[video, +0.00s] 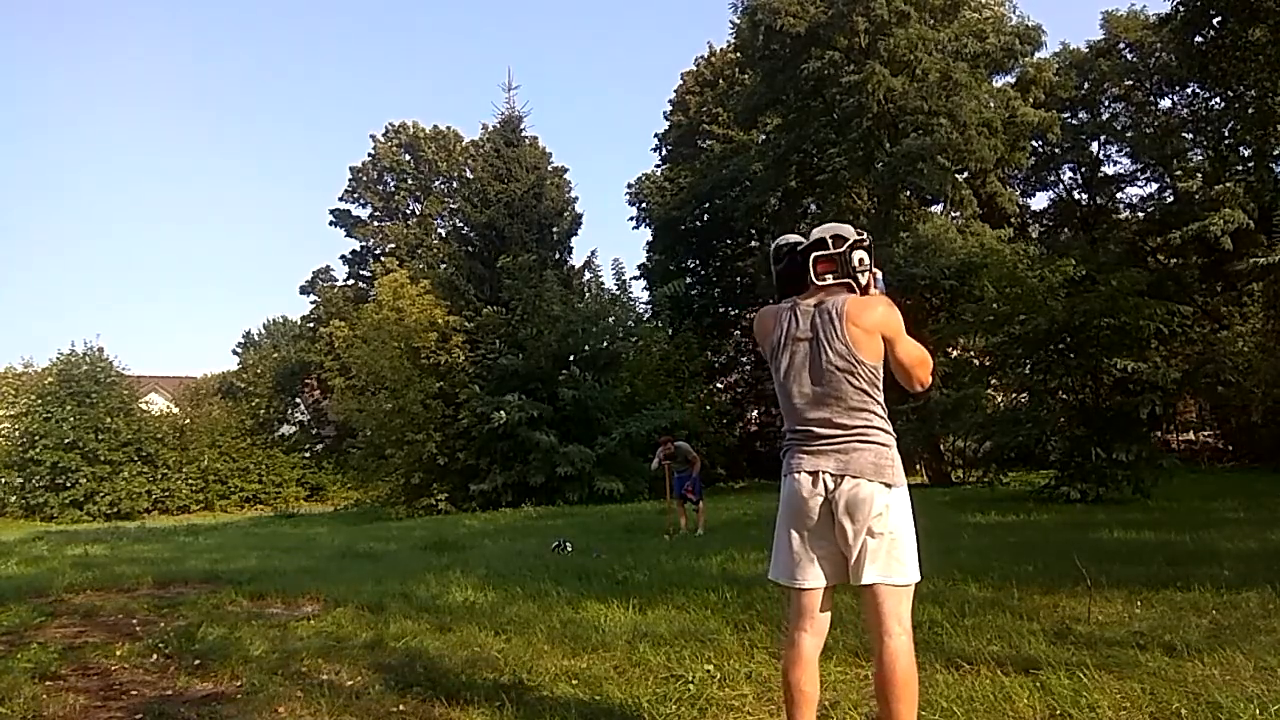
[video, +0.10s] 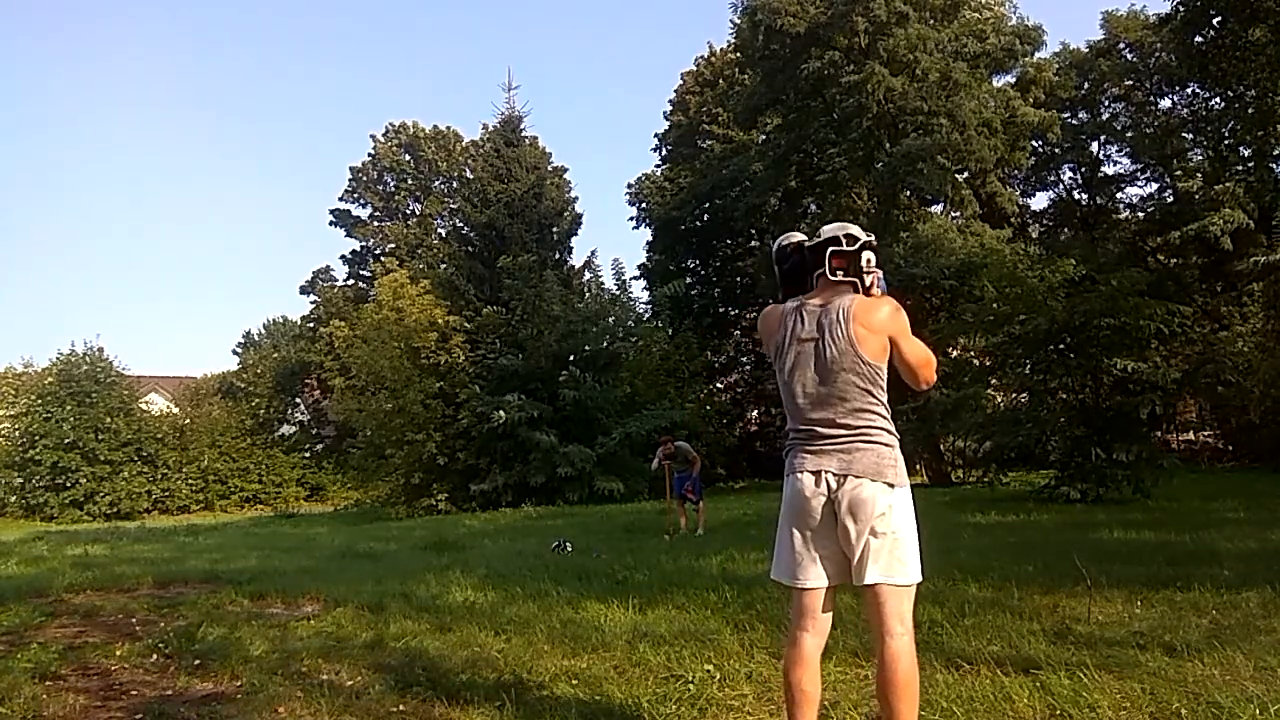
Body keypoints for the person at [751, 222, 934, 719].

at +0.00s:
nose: (866, 271)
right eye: (863, 264)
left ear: (800, 273)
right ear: (856, 266)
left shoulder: (769, 322)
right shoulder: (874, 309)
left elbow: (774, 323)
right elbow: (920, 375)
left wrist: (810, 287)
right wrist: (879, 302)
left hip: (801, 484)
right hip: (873, 482)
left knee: (803, 632)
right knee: (893, 634)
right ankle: (901, 718)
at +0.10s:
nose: (872, 272)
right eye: (870, 265)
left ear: (812, 270)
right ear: (864, 267)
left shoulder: (774, 320)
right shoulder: (882, 310)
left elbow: (778, 333)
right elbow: (924, 373)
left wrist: (805, 290)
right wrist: (884, 307)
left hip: (803, 483)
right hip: (875, 482)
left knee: (805, 630)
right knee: (895, 633)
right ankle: (901, 718)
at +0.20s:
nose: (876, 274)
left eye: (874, 268)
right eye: (875, 267)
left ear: (817, 270)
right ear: (868, 268)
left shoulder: (779, 319)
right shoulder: (888, 311)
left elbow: (787, 345)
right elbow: (930, 374)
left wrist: (816, 292)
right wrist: (887, 310)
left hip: (807, 483)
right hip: (880, 482)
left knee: (807, 629)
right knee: (897, 632)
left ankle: (803, 719)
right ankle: (902, 719)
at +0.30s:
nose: (880, 270)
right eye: (876, 262)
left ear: (820, 270)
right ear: (872, 267)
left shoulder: (784, 320)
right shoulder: (895, 311)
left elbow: (781, 344)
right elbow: (937, 373)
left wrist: (822, 293)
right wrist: (894, 305)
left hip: (812, 483)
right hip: (885, 483)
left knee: (809, 629)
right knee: (900, 633)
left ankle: (803, 719)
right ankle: (903, 719)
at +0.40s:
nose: (883, 267)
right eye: (879, 259)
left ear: (822, 269)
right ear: (874, 265)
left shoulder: (788, 322)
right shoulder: (898, 310)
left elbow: (790, 356)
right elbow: (946, 369)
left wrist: (842, 296)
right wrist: (902, 302)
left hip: (816, 482)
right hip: (889, 481)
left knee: (812, 627)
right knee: (902, 630)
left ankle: (803, 719)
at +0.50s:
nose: (883, 268)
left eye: (878, 260)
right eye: (879, 261)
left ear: (827, 270)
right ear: (872, 266)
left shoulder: (791, 323)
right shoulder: (902, 310)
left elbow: (798, 360)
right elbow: (955, 367)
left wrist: (846, 296)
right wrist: (906, 304)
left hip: (820, 482)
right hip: (893, 481)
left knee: (815, 625)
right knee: (903, 630)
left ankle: (805, 719)